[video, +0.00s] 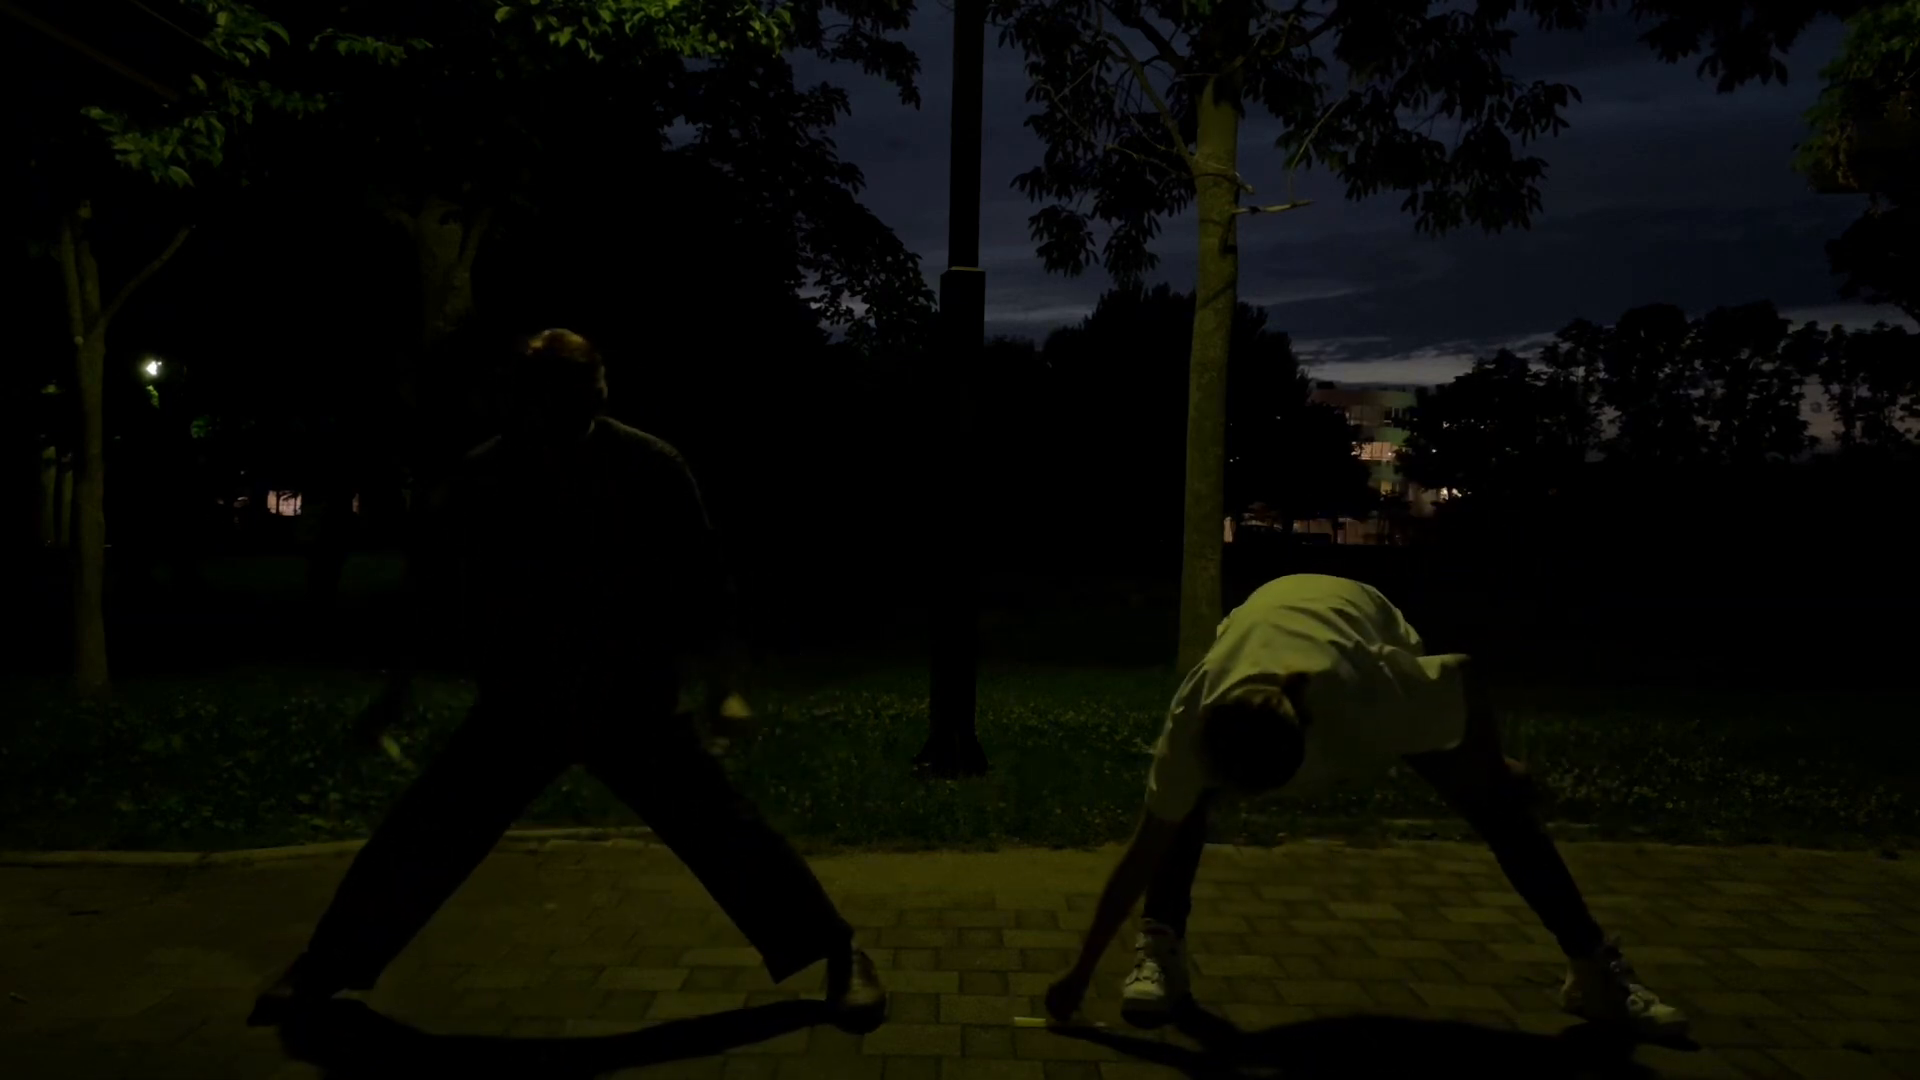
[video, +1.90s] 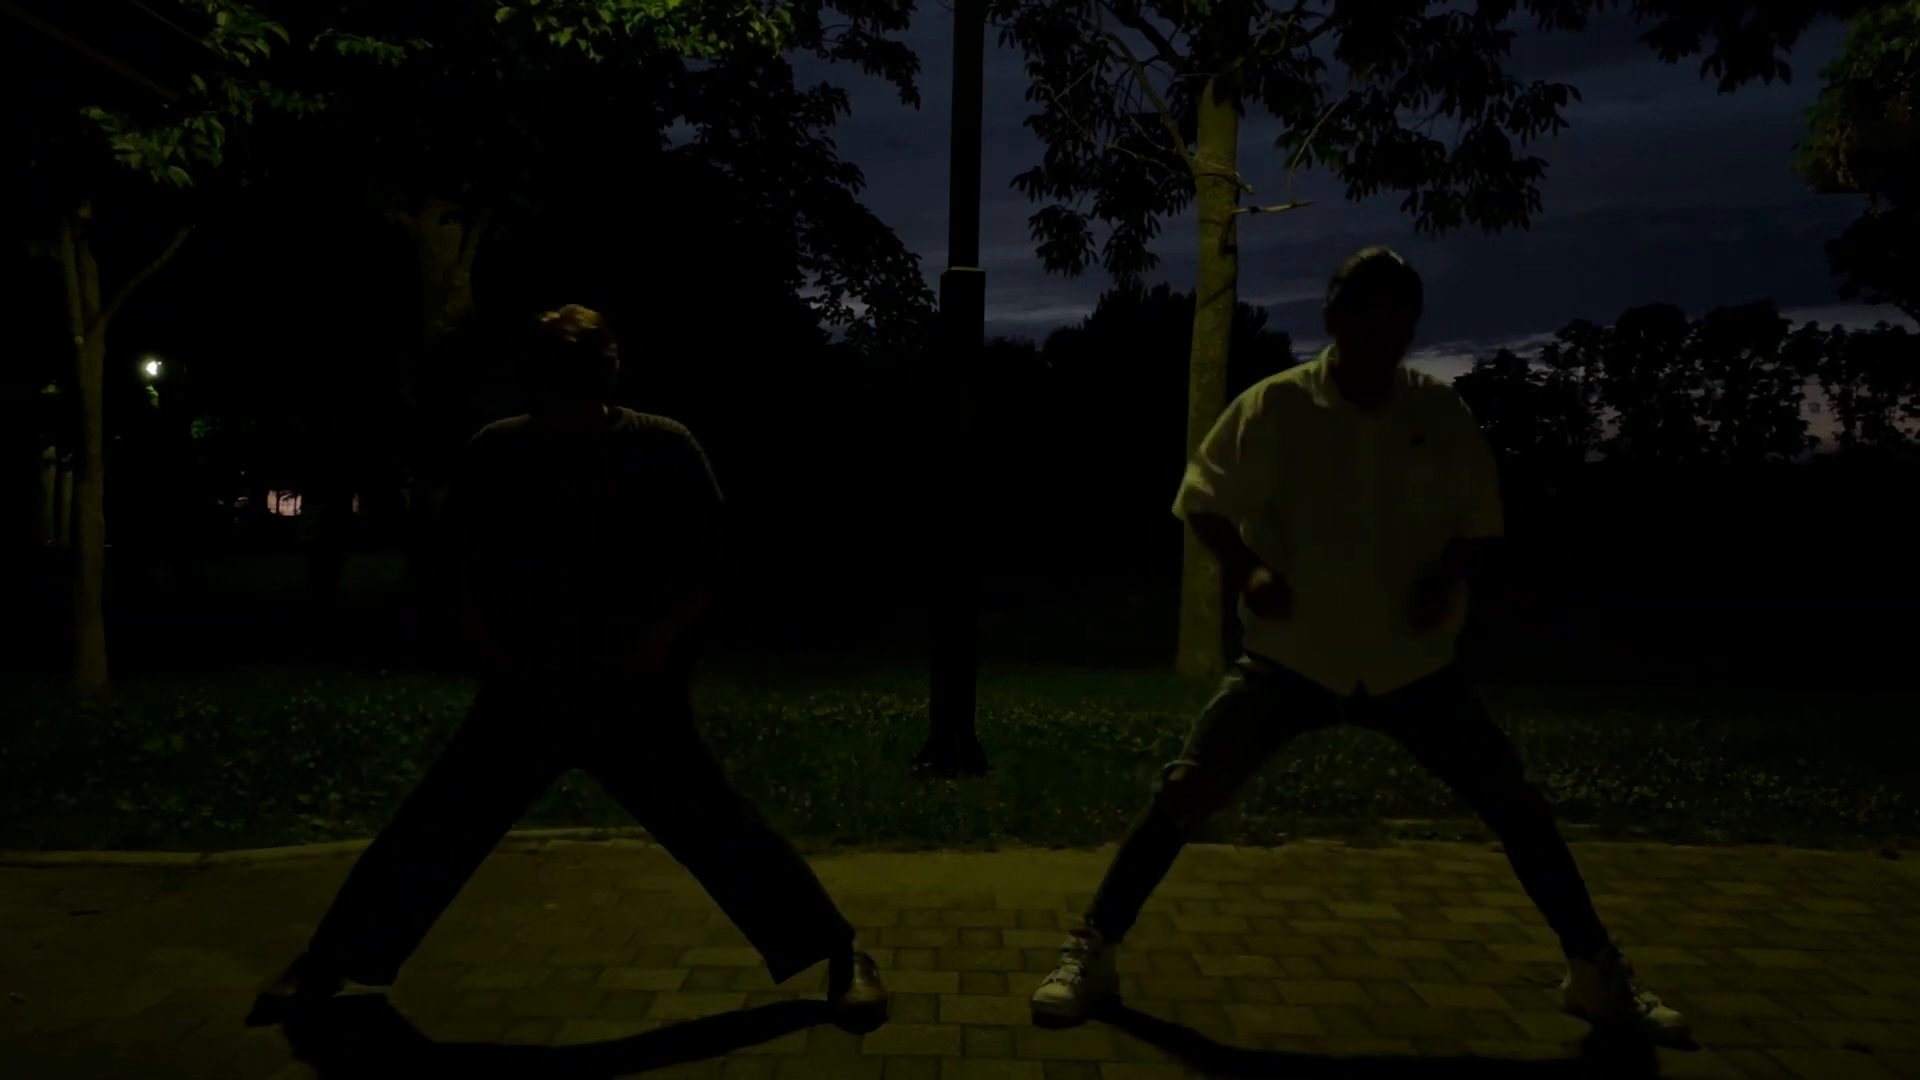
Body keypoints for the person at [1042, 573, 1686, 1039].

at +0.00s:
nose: (1238, 794)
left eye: (1258, 780)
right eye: (1227, 776)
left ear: (1293, 732)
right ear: (1216, 744)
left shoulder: (1376, 688)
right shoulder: (1187, 733)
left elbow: (1470, 680)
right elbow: (1145, 850)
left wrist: (1499, 765)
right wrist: (1082, 970)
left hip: (1365, 618)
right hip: (1251, 625)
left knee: (1497, 808)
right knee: (1180, 804)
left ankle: (1601, 973)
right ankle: (1162, 960)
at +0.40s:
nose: (1256, 757)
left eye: (1270, 747)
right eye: (1247, 743)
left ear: (1313, 712)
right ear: (1231, 707)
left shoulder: (1394, 666)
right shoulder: (1215, 688)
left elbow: (1481, 674)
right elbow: (1148, 804)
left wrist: (1508, 765)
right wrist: (1074, 913)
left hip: (1388, 625)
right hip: (1270, 622)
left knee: (1511, 807)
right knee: (1195, 792)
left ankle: (1601, 975)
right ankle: (1160, 956)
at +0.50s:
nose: (1305, 707)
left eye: (1320, 692)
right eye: (1294, 689)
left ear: (1356, 659)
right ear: (1270, 653)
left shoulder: (1423, 614)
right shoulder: (1238, 634)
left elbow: (1498, 678)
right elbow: (1157, 718)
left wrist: (1529, 768)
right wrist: (1108, 803)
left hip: (1411, 683)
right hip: (1287, 702)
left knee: (1520, 802)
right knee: (1218, 792)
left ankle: (1600, 973)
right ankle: (1161, 951)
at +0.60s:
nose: (1342, 636)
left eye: (1357, 623)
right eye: (1329, 620)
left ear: (1392, 587)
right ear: (1304, 588)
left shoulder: (1455, 574)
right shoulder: (1267, 576)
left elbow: (1511, 676)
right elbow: (1188, 643)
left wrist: (1546, 767)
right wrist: (1142, 721)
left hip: (1424, 668)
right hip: (1304, 670)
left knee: (1533, 803)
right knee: (1236, 788)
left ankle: (1601, 975)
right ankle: (1162, 951)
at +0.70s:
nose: (1374, 546)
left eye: (1389, 531)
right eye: (1366, 528)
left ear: (1424, 504)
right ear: (1346, 494)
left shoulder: (1483, 516)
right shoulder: (1300, 488)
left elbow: (1527, 636)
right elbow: (1253, 572)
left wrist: (1547, 726)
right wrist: (1216, 631)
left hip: (1438, 654)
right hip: (1323, 646)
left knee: (1541, 798)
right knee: (1240, 774)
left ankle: (1601, 973)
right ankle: (1155, 947)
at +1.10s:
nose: (1338, 439)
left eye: (1354, 422)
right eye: (1325, 422)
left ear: (1379, 408)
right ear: (1299, 406)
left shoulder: (1432, 451)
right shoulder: (1246, 451)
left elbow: (1500, 565)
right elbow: (1195, 551)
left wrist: (1513, 668)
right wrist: (1158, 643)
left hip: (1404, 675)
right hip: (1277, 673)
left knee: (1517, 808)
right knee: (1179, 794)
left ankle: (1601, 979)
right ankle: (1085, 953)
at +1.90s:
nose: (1384, 349)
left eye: (1397, 332)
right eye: (1370, 331)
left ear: (1414, 332)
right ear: (1335, 325)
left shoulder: (1441, 416)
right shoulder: (1271, 409)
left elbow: (1478, 524)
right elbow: (1201, 502)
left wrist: (1444, 587)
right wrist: (1245, 569)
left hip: (1412, 665)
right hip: (1287, 662)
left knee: (1518, 808)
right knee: (1185, 794)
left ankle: (1600, 976)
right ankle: (1088, 955)